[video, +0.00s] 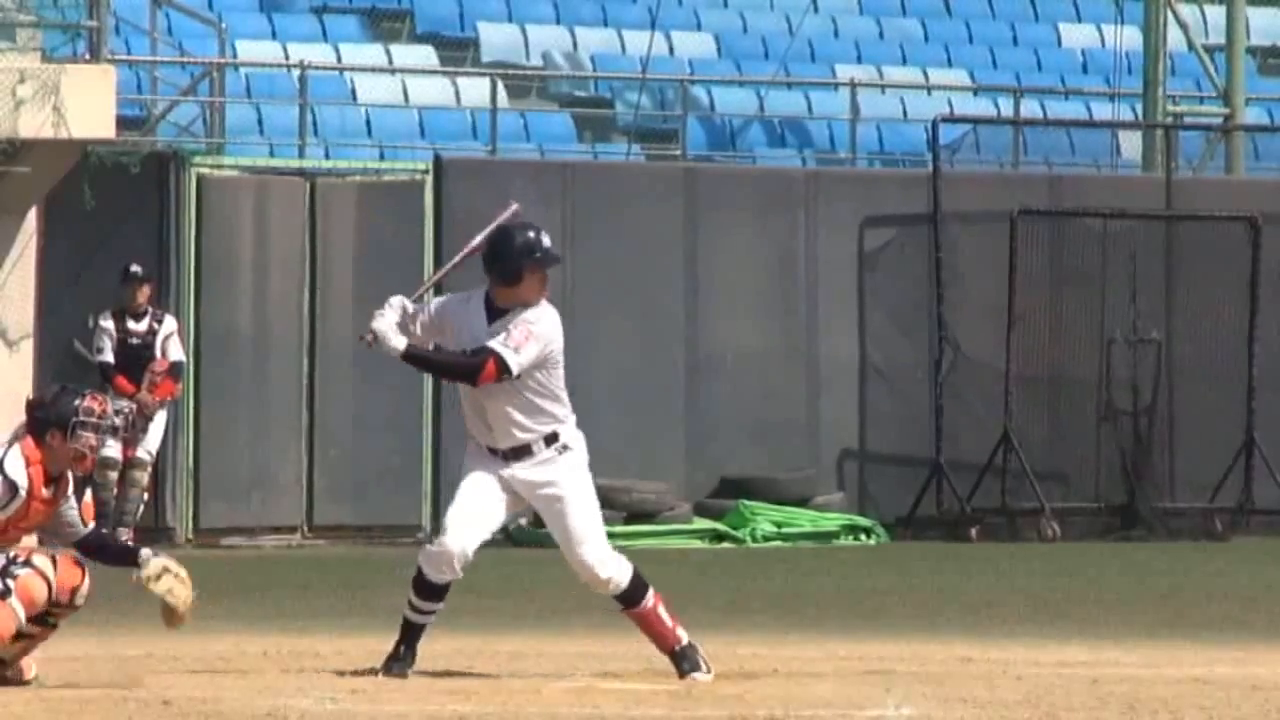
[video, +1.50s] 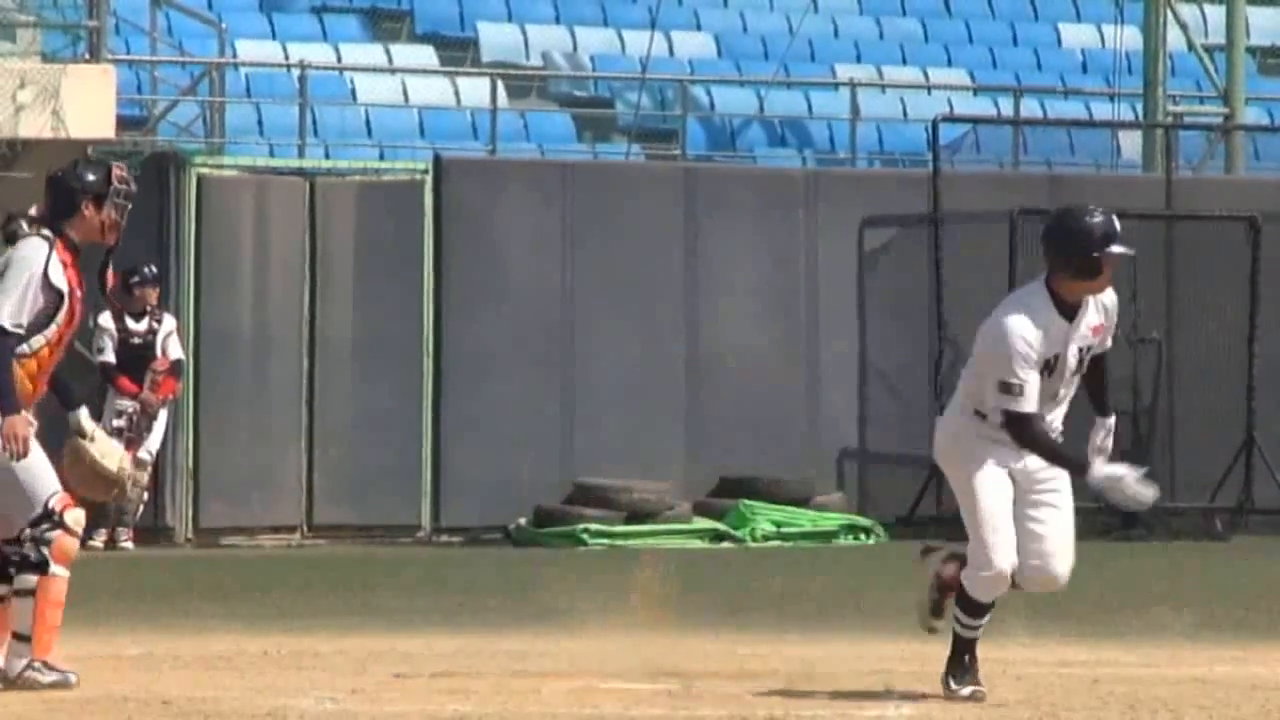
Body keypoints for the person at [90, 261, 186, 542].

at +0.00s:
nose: (136, 292)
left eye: (142, 286)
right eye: (131, 286)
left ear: (150, 290)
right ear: (123, 289)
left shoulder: (167, 324)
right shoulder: (108, 322)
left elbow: (176, 368)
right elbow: (106, 368)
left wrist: (157, 398)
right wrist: (136, 395)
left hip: (153, 400)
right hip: (117, 396)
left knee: (141, 459)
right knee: (108, 457)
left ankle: (125, 528)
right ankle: (104, 525)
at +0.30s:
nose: (136, 292)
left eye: (142, 286)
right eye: (131, 286)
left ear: (150, 289)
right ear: (122, 289)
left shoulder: (166, 324)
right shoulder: (108, 321)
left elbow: (176, 370)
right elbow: (104, 368)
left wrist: (157, 398)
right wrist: (135, 395)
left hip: (151, 401)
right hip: (114, 399)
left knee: (140, 461)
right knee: (108, 459)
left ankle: (125, 527)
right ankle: (102, 526)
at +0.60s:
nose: (145, 291)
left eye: (148, 285)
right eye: (139, 285)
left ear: (153, 290)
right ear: (125, 289)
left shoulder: (165, 323)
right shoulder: (107, 321)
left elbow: (176, 367)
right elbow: (105, 367)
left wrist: (158, 397)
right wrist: (137, 395)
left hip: (150, 399)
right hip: (116, 396)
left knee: (140, 460)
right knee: (108, 457)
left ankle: (125, 527)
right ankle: (102, 525)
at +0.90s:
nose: (151, 292)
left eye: (153, 286)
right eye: (145, 286)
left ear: (155, 290)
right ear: (129, 290)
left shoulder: (165, 324)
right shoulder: (107, 321)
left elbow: (175, 368)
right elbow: (104, 367)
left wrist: (157, 397)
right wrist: (136, 394)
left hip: (151, 400)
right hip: (117, 397)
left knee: (139, 465)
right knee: (108, 460)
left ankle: (125, 527)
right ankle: (102, 524)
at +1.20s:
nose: (154, 292)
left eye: (155, 286)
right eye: (147, 286)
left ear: (156, 290)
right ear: (131, 290)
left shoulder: (166, 323)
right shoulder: (110, 320)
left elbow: (177, 364)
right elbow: (106, 366)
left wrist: (161, 394)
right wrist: (138, 393)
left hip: (153, 399)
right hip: (120, 395)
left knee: (141, 460)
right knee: (109, 455)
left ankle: (126, 527)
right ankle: (103, 526)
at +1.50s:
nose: (154, 293)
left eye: (155, 286)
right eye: (147, 287)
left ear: (157, 290)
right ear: (132, 290)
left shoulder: (166, 323)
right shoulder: (109, 320)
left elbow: (176, 365)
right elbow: (106, 367)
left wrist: (162, 395)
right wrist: (139, 394)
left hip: (152, 398)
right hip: (120, 395)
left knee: (142, 459)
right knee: (111, 456)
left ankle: (125, 526)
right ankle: (102, 524)